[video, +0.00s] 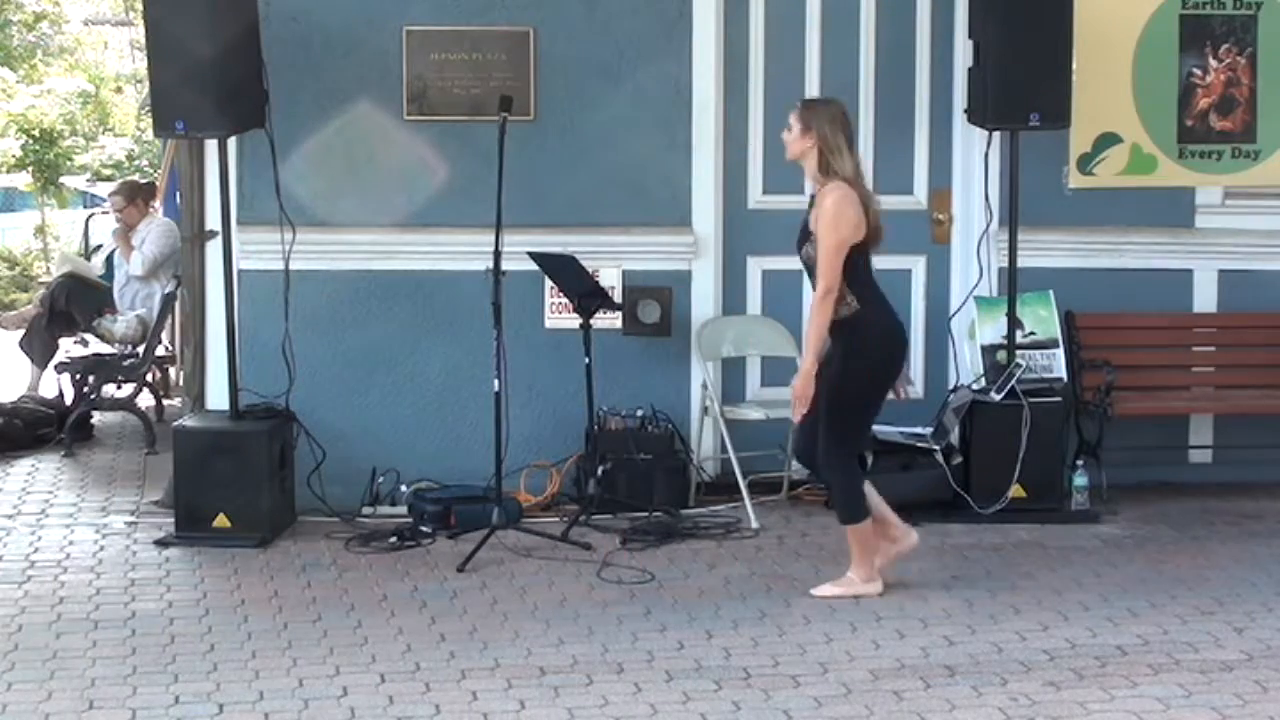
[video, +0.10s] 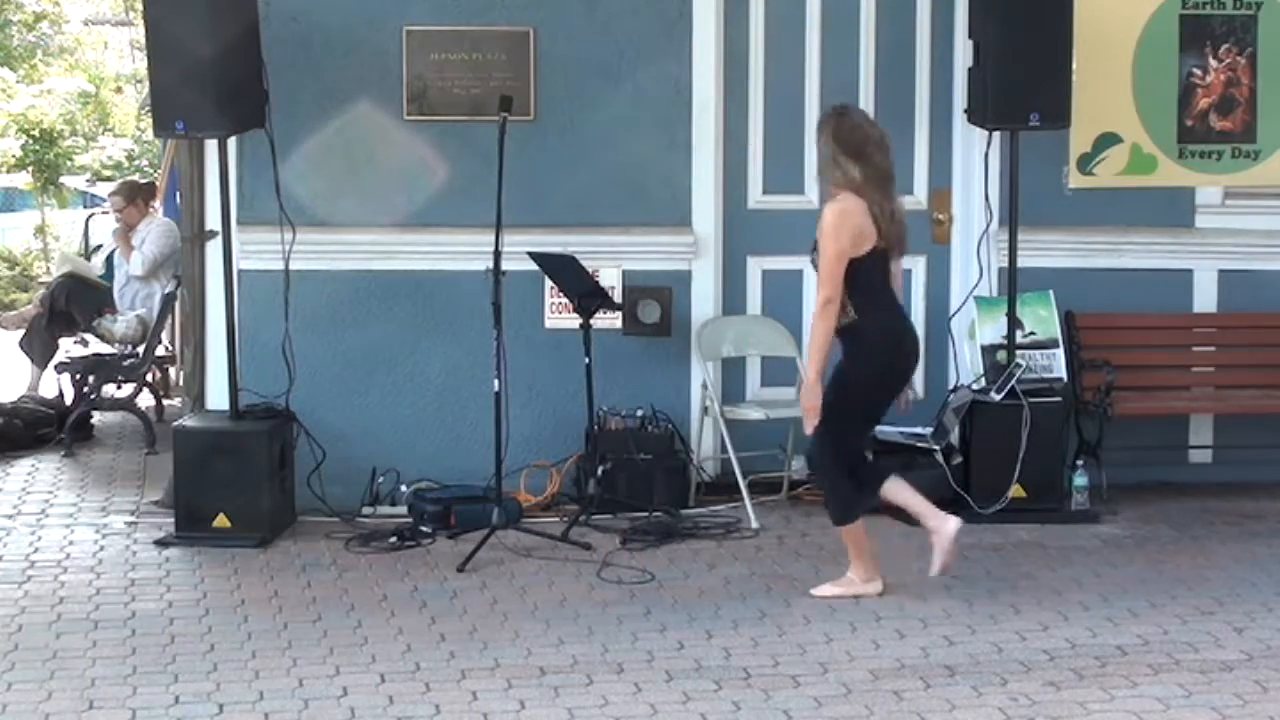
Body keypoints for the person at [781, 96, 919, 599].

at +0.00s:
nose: (785, 138)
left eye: (792, 130)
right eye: (787, 130)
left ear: (814, 137)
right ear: (818, 138)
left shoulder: (837, 199)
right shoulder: (825, 195)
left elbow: (827, 292)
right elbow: (845, 287)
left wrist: (807, 368)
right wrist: (889, 358)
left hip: (868, 338)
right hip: (853, 335)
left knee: (834, 448)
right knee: (807, 443)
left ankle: (863, 572)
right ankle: (892, 530)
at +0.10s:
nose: (820, 153)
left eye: (823, 147)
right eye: (823, 146)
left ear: (832, 152)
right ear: (872, 152)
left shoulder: (839, 211)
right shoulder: (880, 207)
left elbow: (830, 303)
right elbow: (891, 292)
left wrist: (811, 378)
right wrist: (902, 368)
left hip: (869, 348)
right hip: (895, 341)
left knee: (827, 453)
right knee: (847, 451)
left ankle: (863, 571)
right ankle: (938, 521)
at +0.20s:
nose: (839, 155)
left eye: (841, 148)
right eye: (844, 147)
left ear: (847, 149)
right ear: (891, 146)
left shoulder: (850, 208)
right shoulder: (910, 199)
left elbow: (847, 299)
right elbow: (912, 280)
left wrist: (841, 377)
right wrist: (901, 334)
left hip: (875, 348)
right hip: (920, 345)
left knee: (834, 454)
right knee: (910, 452)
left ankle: (863, 571)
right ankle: (975, 548)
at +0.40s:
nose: (873, 142)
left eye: (877, 133)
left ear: (882, 139)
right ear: (931, 141)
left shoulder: (877, 194)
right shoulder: (948, 196)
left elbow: (882, 281)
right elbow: (963, 272)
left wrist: (881, 362)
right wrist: (944, 318)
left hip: (913, 334)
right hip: (962, 329)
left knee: (886, 447)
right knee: (982, 452)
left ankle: (918, 574)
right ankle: (1001, 590)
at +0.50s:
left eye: (890, 131)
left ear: (893, 135)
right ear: (944, 135)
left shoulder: (884, 193)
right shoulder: (965, 194)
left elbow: (879, 281)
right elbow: (993, 275)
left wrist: (868, 360)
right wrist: (1018, 346)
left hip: (914, 339)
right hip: (970, 334)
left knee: (919, 461)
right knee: (971, 458)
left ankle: (932, 599)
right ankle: (995, 585)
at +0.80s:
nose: (980, 138)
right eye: (978, 128)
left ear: (924, 135)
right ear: (977, 136)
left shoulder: (903, 194)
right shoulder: (999, 191)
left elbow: (889, 279)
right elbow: (1020, 266)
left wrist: (872, 346)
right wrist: (1046, 337)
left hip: (921, 337)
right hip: (984, 336)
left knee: (924, 455)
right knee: (991, 453)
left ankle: (936, 591)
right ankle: (966, 577)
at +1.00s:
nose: (1006, 136)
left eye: (1002, 127)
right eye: (1003, 128)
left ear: (948, 133)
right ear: (994, 134)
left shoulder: (929, 189)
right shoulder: (1007, 191)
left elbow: (905, 274)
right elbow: (1002, 268)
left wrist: (910, 339)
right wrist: (1006, 347)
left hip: (930, 329)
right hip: (976, 330)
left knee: (949, 449)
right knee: (981, 456)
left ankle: (906, 560)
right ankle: (954, 601)